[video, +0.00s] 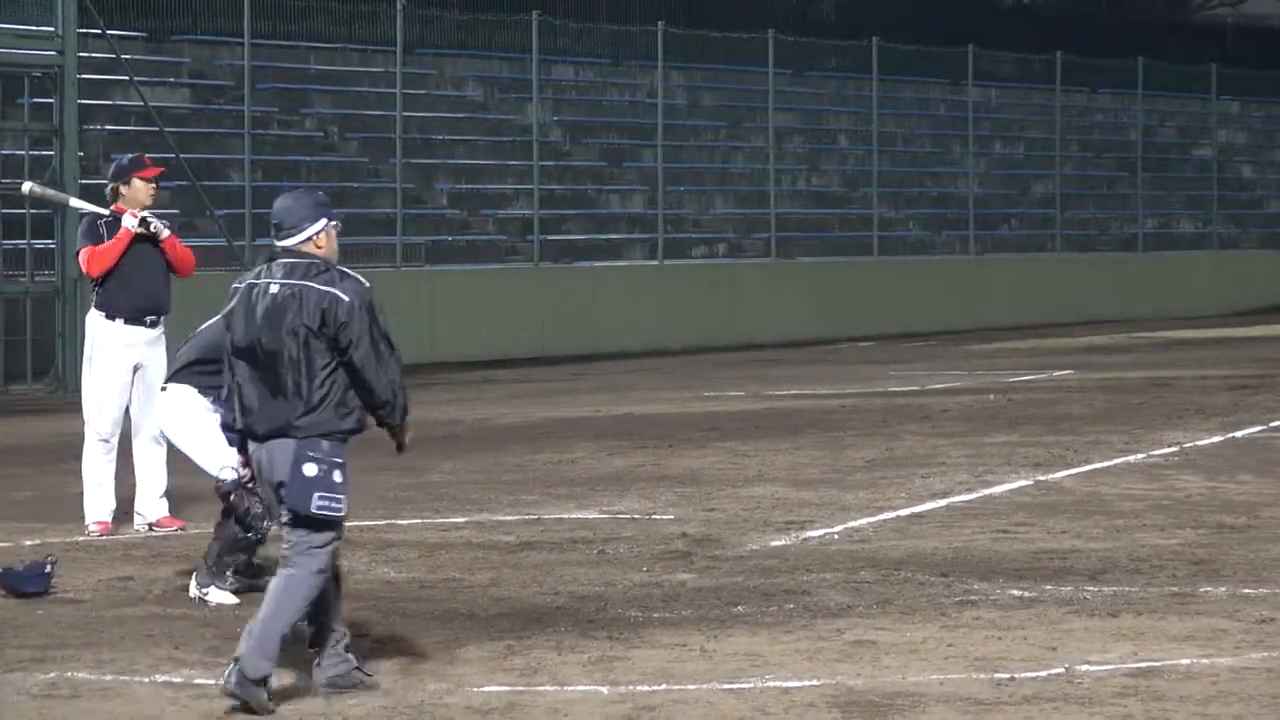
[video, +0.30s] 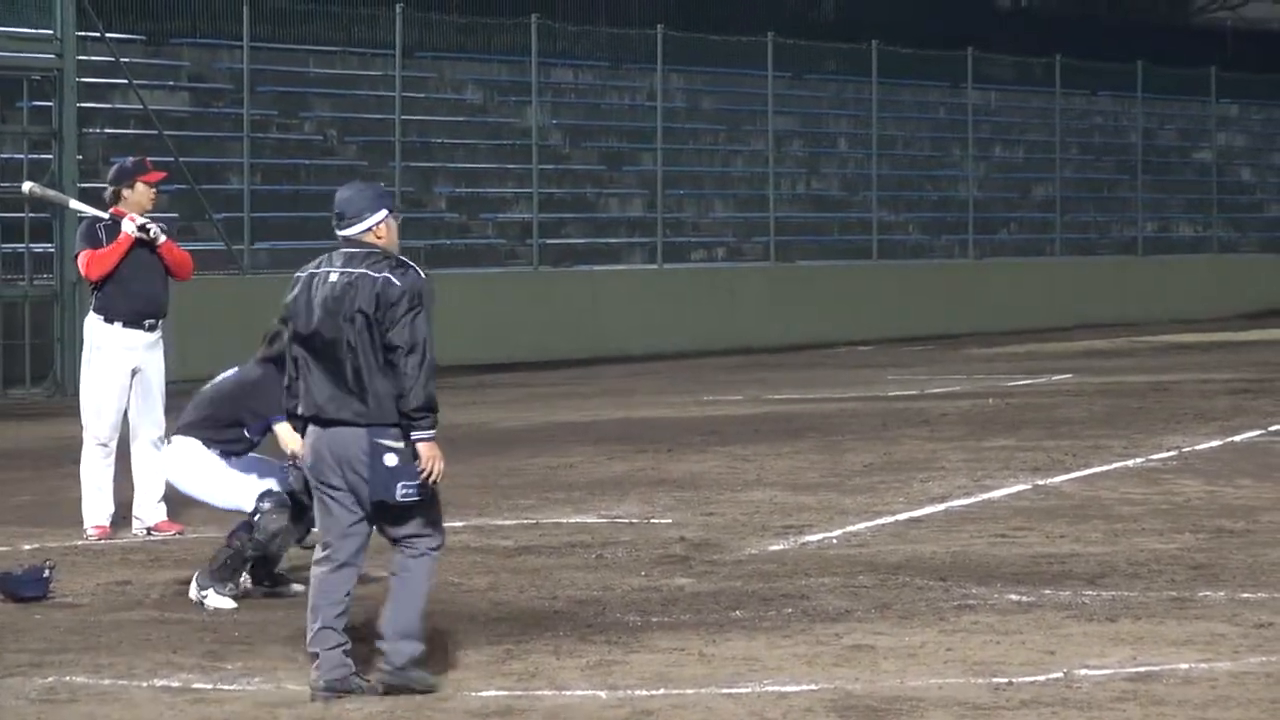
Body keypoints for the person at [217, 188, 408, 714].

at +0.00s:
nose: (337, 236)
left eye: (333, 228)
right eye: (331, 230)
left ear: (286, 238)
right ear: (316, 236)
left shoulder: (250, 290)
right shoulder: (341, 288)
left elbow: (209, 361)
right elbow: (374, 368)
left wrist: (243, 429)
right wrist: (394, 419)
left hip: (265, 446)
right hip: (315, 445)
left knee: (315, 549)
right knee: (309, 554)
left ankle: (334, 660)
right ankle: (249, 669)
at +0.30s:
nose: (396, 228)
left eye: (391, 219)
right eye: (391, 221)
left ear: (344, 229)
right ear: (376, 227)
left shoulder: (309, 278)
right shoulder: (398, 279)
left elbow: (293, 359)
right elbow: (412, 363)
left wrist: (304, 422)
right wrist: (424, 431)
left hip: (324, 436)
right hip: (382, 436)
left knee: (336, 551)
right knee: (419, 538)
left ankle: (329, 670)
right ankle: (400, 659)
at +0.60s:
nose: (476, 230)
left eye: (472, 222)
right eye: (471, 224)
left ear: (426, 231)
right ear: (456, 232)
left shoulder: (387, 278)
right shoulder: (479, 286)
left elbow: (372, 364)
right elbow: (489, 373)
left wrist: (378, 427)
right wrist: (495, 444)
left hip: (397, 433)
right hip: (457, 438)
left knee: (391, 542)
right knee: (482, 552)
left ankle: (351, 634)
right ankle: (488, 655)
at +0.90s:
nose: (540, 222)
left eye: (537, 214)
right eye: (536, 216)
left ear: (492, 221)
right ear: (522, 221)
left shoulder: (450, 267)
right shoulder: (540, 274)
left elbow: (438, 352)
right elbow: (566, 349)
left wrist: (448, 411)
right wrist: (594, 407)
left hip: (461, 419)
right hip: (510, 421)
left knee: (502, 522)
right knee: (506, 535)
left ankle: (498, 622)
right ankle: (487, 652)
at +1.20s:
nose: (597, 232)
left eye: (593, 224)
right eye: (592, 225)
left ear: (548, 231)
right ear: (579, 230)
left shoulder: (515, 280)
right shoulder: (598, 279)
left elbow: (505, 363)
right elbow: (620, 358)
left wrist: (509, 430)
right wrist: (635, 428)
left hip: (530, 426)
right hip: (576, 426)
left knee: (578, 526)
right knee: (580, 528)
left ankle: (595, 635)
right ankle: (511, 626)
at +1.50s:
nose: (658, 222)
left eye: (654, 215)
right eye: (654, 216)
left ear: (610, 220)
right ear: (643, 221)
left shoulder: (573, 269)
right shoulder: (660, 270)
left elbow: (564, 353)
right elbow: (668, 352)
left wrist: (569, 413)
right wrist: (678, 417)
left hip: (589, 417)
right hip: (644, 418)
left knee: (598, 527)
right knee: (681, 518)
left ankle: (593, 634)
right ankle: (685, 630)